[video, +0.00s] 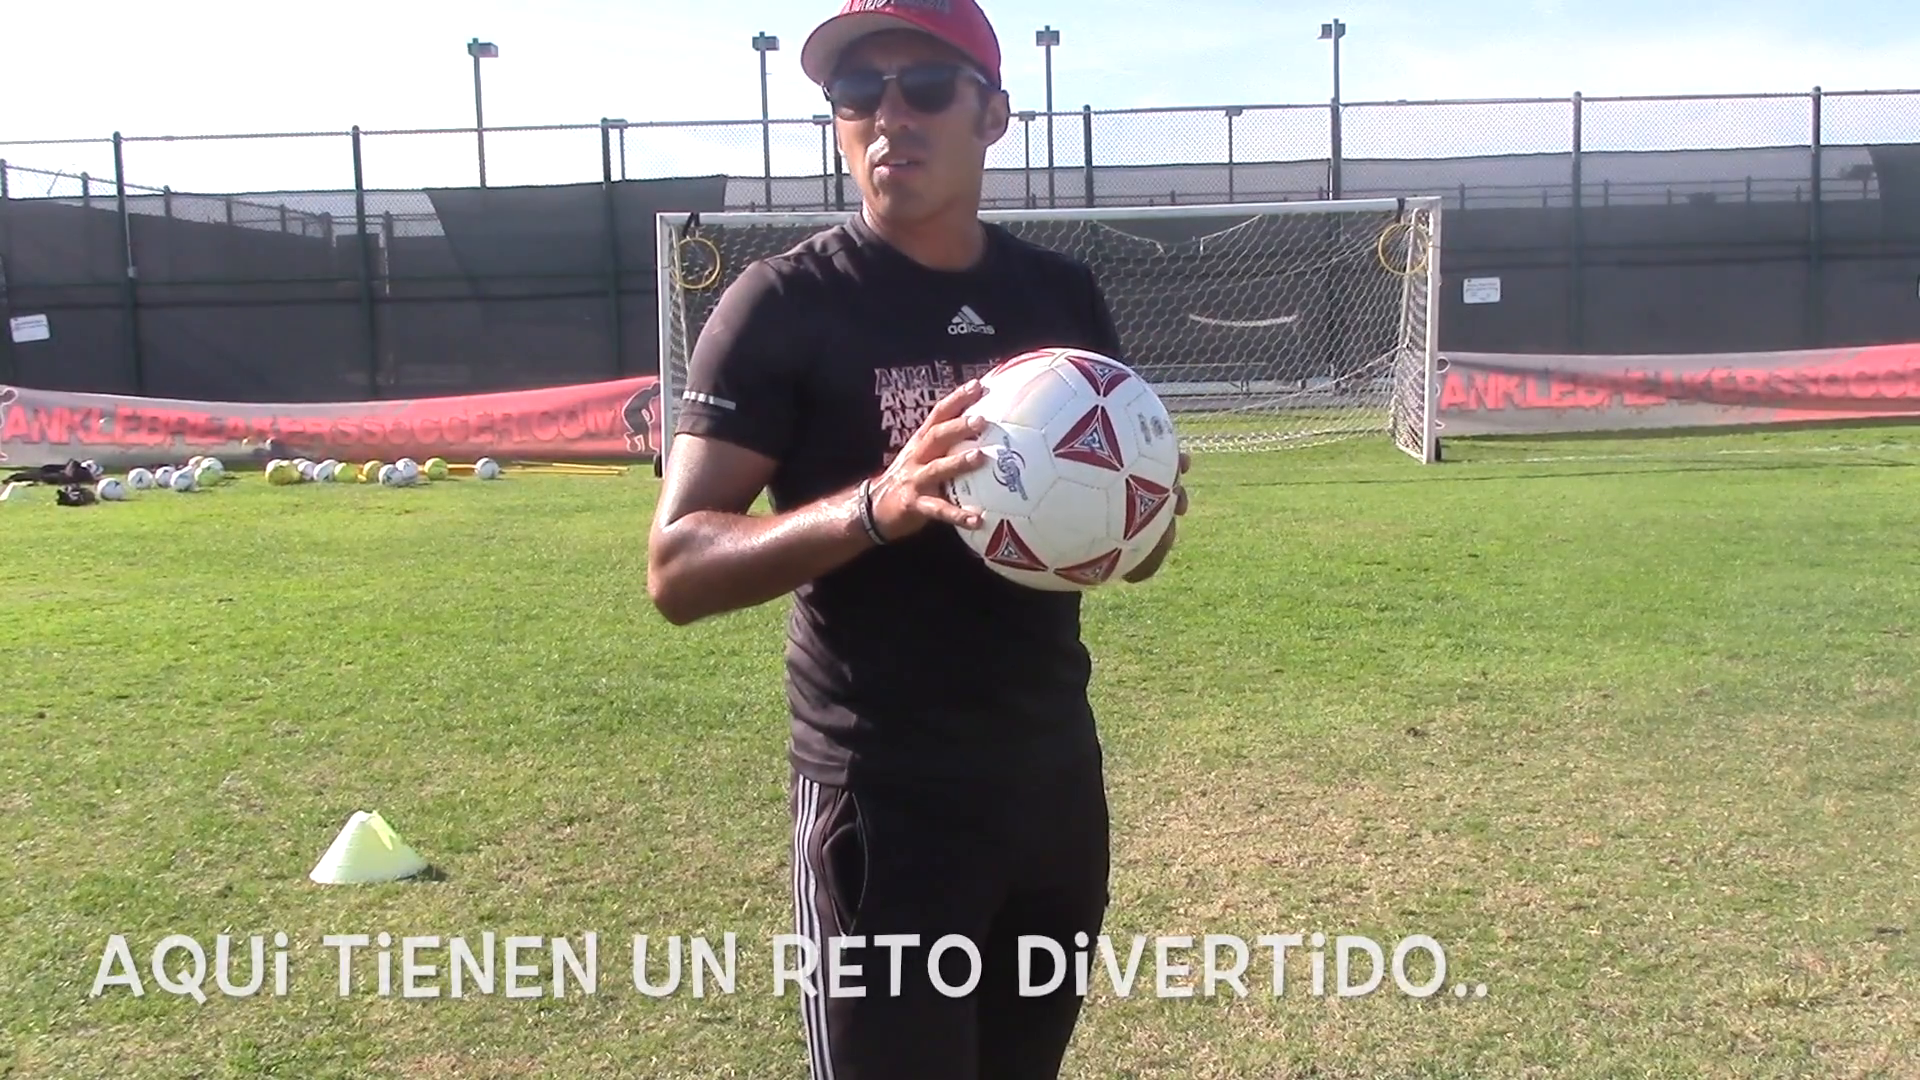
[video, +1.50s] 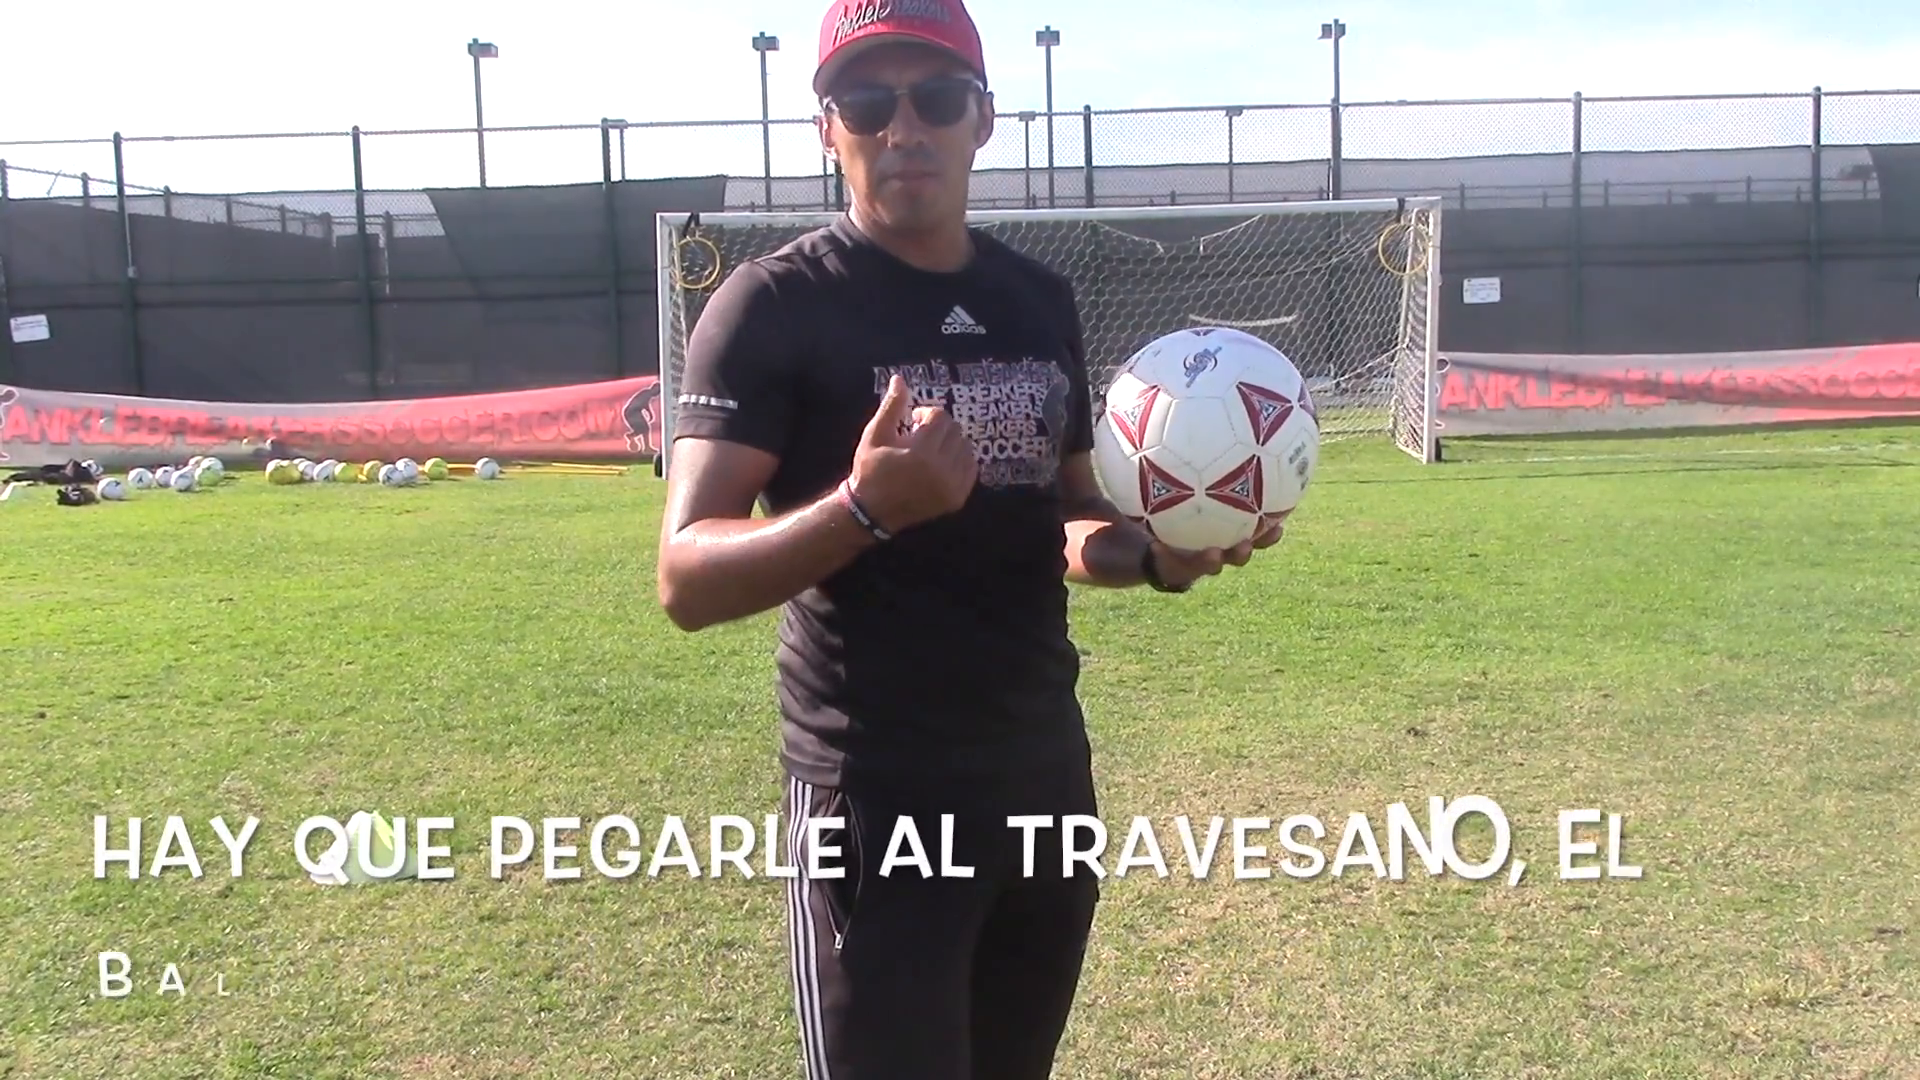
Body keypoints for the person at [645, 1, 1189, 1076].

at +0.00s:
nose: (892, 115)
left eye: (927, 88)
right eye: (863, 93)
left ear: (993, 117)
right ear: (835, 127)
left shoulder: (1061, 291)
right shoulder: (775, 307)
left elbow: (1113, 517)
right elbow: (678, 572)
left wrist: (1143, 513)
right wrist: (872, 508)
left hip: (1046, 760)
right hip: (875, 776)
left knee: (1024, 1060)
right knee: (887, 1060)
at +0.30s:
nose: (878, 116)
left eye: (914, 89)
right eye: (851, 95)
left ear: (982, 117)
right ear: (827, 126)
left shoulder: (1058, 293)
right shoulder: (771, 307)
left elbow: (1105, 489)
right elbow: (675, 574)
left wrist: (1139, 509)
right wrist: (867, 516)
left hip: (1047, 762)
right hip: (875, 781)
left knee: (1021, 1061)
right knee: (887, 1062)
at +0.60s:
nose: (889, 125)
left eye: (924, 94)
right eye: (857, 100)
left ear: (981, 119)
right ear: (827, 131)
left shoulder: (1053, 296)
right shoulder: (767, 311)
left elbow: (1095, 491)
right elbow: (673, 576)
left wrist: (1135, 517)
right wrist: (874, 518)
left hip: (1046, 765)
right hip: (873, 783)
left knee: (1018, 1063)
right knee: (887, 1059)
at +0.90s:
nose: (892, 127)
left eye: (924, 97)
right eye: (858, 101)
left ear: (976, 119)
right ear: (822, 131)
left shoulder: (1050, 297)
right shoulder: (764, 312)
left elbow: (1092, 495)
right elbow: (673, 580)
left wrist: (1138, 533)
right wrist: (877, 519)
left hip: (1045, 768)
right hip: (872, 785)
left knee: (1017, 1064)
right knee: (884, 1060)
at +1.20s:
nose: (895, 132)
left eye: (927, 101)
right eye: (861, 106)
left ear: (975, 119)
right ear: (823, 135)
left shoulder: (1047, 295)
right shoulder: (765, 307)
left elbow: (1075, 525)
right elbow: (679, 576)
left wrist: (1156, 550)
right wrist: (909, 531)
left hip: (1040, 756)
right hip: (865, 770)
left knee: (1015, 1061)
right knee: (879, 1061)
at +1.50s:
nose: (906, 130)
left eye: (937, 100)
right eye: (870, 102)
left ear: (983, 122)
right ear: (828, 129)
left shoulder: (1039, 296)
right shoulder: (767, 305)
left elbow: (1075, 524)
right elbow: (687, 585)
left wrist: (1156, 552)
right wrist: (862, 510)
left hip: (1040, 769)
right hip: (866, 784)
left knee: (1011, 1062)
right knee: (886, 1063)